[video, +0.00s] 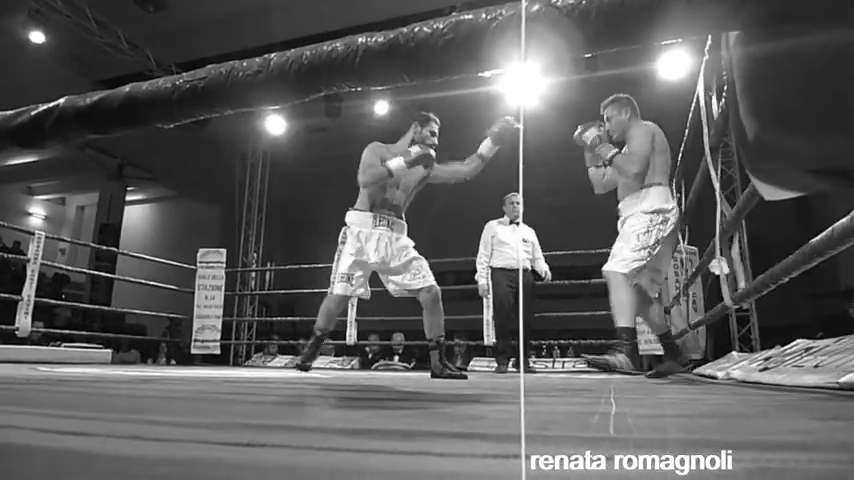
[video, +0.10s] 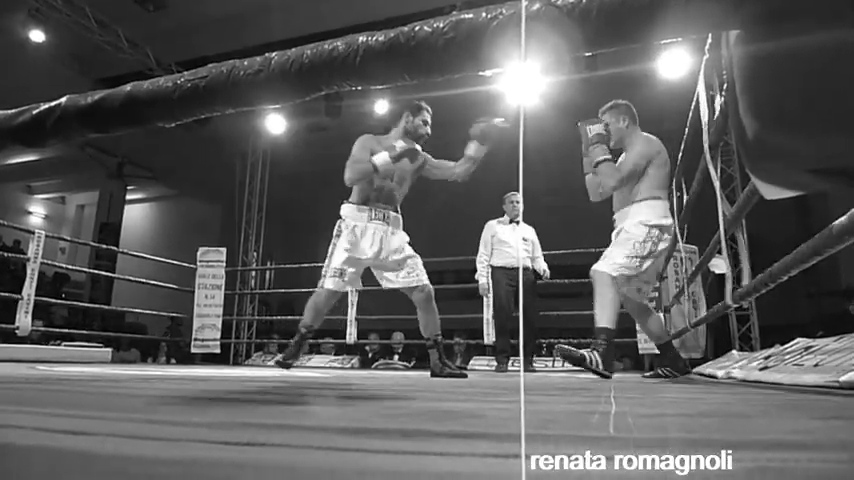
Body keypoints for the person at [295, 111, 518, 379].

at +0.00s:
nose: (435, 141)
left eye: (437, 136)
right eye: (432, 133)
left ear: (431, 138)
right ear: (414, 130)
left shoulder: (425, 169)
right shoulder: (377, 150)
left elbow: (465, 170)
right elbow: (365, 180)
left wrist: (494, 139)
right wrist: (405, 161)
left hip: (396, 238)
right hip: (360, 234)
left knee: (431, 294)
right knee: (339, 295)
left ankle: (438, 362)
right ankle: (312, 348)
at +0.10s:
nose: (428, 131)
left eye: (430, 126)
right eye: (424, 123)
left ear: (419, 126)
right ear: (406, 119)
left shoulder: (418, 159)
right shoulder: (368, 142)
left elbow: (459, 172)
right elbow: (350, 176)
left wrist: (478, 144)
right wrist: (390, 155)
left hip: (392, 232)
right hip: (355, 228)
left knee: (424, 292)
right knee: (329, 290)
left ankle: (437, 361)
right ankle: (295, 348)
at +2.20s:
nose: (356, 92)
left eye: (363, 87)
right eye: (349, 85)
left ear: (375, 96)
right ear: (336, 89)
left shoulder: (380, 134)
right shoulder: (312, 117)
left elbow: (400, 192)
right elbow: (283, 159)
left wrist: (404, 144)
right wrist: (314, 122)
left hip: (350, 223)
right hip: (301, 221)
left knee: (372, 269)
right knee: (254, 295)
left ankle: (372, 359)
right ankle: (256, 354)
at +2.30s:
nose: (348, 97)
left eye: (356, 92)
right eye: (341, 89)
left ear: (365, 100)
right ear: (327, 90)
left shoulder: (369, 137)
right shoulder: (300, 120)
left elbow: (387, 196)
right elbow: (288, 153)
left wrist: (395, 154)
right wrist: (328, 120)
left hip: (344, 225)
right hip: (295, 223)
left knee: (367, 271)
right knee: (243, 297)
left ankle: (371, 361)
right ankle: (235, 358)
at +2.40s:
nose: (346, 96)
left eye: (351, 91)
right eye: (340, 89)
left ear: (353, 97)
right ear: (323, 88)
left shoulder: (355, 133)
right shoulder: (286, 115)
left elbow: (369, 188)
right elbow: (281, 135)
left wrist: (378, 147)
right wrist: (322, 110)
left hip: (330, 216)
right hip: (284, 214)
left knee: (350, 275)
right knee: (237, 294)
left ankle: (366, 361)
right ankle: (233, 363)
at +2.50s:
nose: (322, 69)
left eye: (329, 63)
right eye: (316, 60)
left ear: (337, 69)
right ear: (303, 63)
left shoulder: (339, 109)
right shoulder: (273, 98)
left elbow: (348, 168)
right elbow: (276, 128)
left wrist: (359, 131)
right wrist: (311, 96)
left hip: (318, 196)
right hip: (272, 195)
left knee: (332, 272)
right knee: (240, 279)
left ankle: (346, 359)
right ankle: (228, 361)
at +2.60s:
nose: (316, 72)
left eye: (324, 65)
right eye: (311, 64)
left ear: (332, 70)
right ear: (298, 64)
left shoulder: (336, 109)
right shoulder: (273, 94)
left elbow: (342, 166)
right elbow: (255, 134)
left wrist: (353, 129)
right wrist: (286, 107)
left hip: (312, 192)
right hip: (267, 189)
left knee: (324, 267)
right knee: (242, 272)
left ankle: (320, 348)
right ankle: (225, 350)